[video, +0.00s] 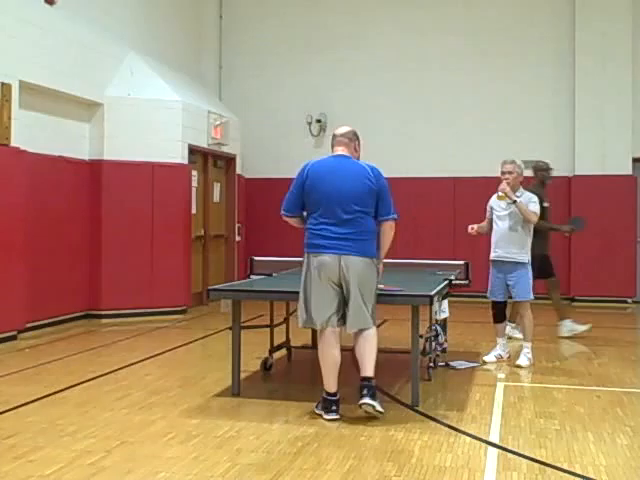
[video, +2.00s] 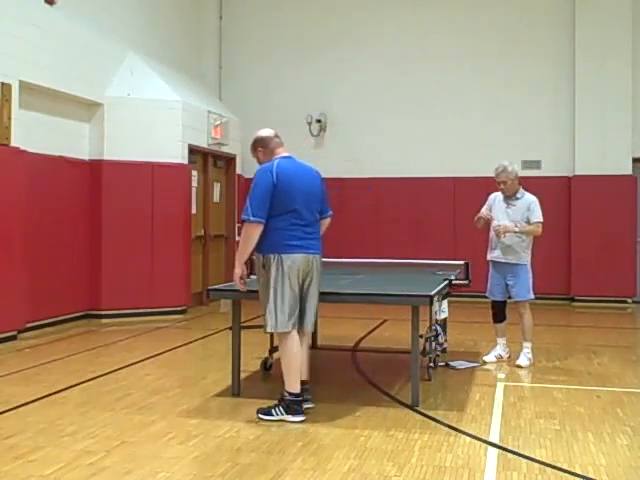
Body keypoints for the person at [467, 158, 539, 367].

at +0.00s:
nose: (506, 177)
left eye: (510, 173)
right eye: (503, 173)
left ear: (521, 176)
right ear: (500, 176)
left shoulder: (529, 198)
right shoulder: (494, 200)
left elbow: (533, 219)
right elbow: (488, 224)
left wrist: (513, 199)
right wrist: (478, 228)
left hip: (520, 260)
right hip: (497, 259)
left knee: (523, 305)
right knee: (497, 304)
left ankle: (527, 348)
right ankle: (501, 347)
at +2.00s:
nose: (501, 187)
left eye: (505, 183)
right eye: (499, 183)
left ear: (516, 181)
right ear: (497, 183)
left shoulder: (530, 201)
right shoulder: (494, 198)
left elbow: (537, 229)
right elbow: (481, 224)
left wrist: (513, 228)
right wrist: (482, 219)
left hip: (519, 261)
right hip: (497, 260)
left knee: (522, 305)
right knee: (497, 304)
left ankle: (526, 349)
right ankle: (501, 347)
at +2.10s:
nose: (501, 187)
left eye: (504, 183)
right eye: (498, 183)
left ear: (516, 181)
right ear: (497, 183)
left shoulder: (530, 201)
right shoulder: (494, 198)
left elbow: (537, 229)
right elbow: (478, 221)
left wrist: (513, 228)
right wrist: (481, 218)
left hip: (518, 261)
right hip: (496, 260)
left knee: (522, 305)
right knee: (497, 304)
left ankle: (527, 350)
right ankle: (501, 346)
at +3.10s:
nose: (487, 189)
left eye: (490, 184)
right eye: (485, 184)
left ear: (502, 181)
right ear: (484, 184)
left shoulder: (517, 202)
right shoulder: (482, 201)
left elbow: (524, 231)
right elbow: (471, 223)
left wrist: (499, 239)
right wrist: (475, 230)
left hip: (508, 262)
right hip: (487, 262)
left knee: (510, 304)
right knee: (492, 305)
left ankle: (524, 348)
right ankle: (500, 346)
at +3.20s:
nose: (486, 190)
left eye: (489, 185)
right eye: (484, 186)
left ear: (501, 182)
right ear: (483, 185)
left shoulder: (516, 202)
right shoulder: (481, 201)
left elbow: (524, 231)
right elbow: (469, 224)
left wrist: (500, 241)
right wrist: (473, 231)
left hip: (507, 262)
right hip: (486, 262)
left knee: (507, 303)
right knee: (491, 305)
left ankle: (521, 347)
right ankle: (500, 347)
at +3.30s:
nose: (484, 191)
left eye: (488, 187)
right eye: (482, 188)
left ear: (499, 183)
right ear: (481, 187)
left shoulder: (515, 203)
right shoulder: (479, 202)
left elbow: (524, 231)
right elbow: (469, 225)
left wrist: (501, 246)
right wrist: (473, 234)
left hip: (507, 263)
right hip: (487, 263)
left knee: (505, 303)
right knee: (491, 305)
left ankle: (517, 348)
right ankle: (500, 346)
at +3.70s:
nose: (471, 223)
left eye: (474, 220)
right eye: (470, 220)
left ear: (485, 214)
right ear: (469, 216)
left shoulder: (507, 222)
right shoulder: (471, 227)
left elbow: (519, 251)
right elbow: (470, 254)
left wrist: (507, 280)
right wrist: (469, 282)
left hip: (514, 267)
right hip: (492, 268)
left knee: (504, 306)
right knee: (488, 309)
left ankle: (506, 352)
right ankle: (500, 346)